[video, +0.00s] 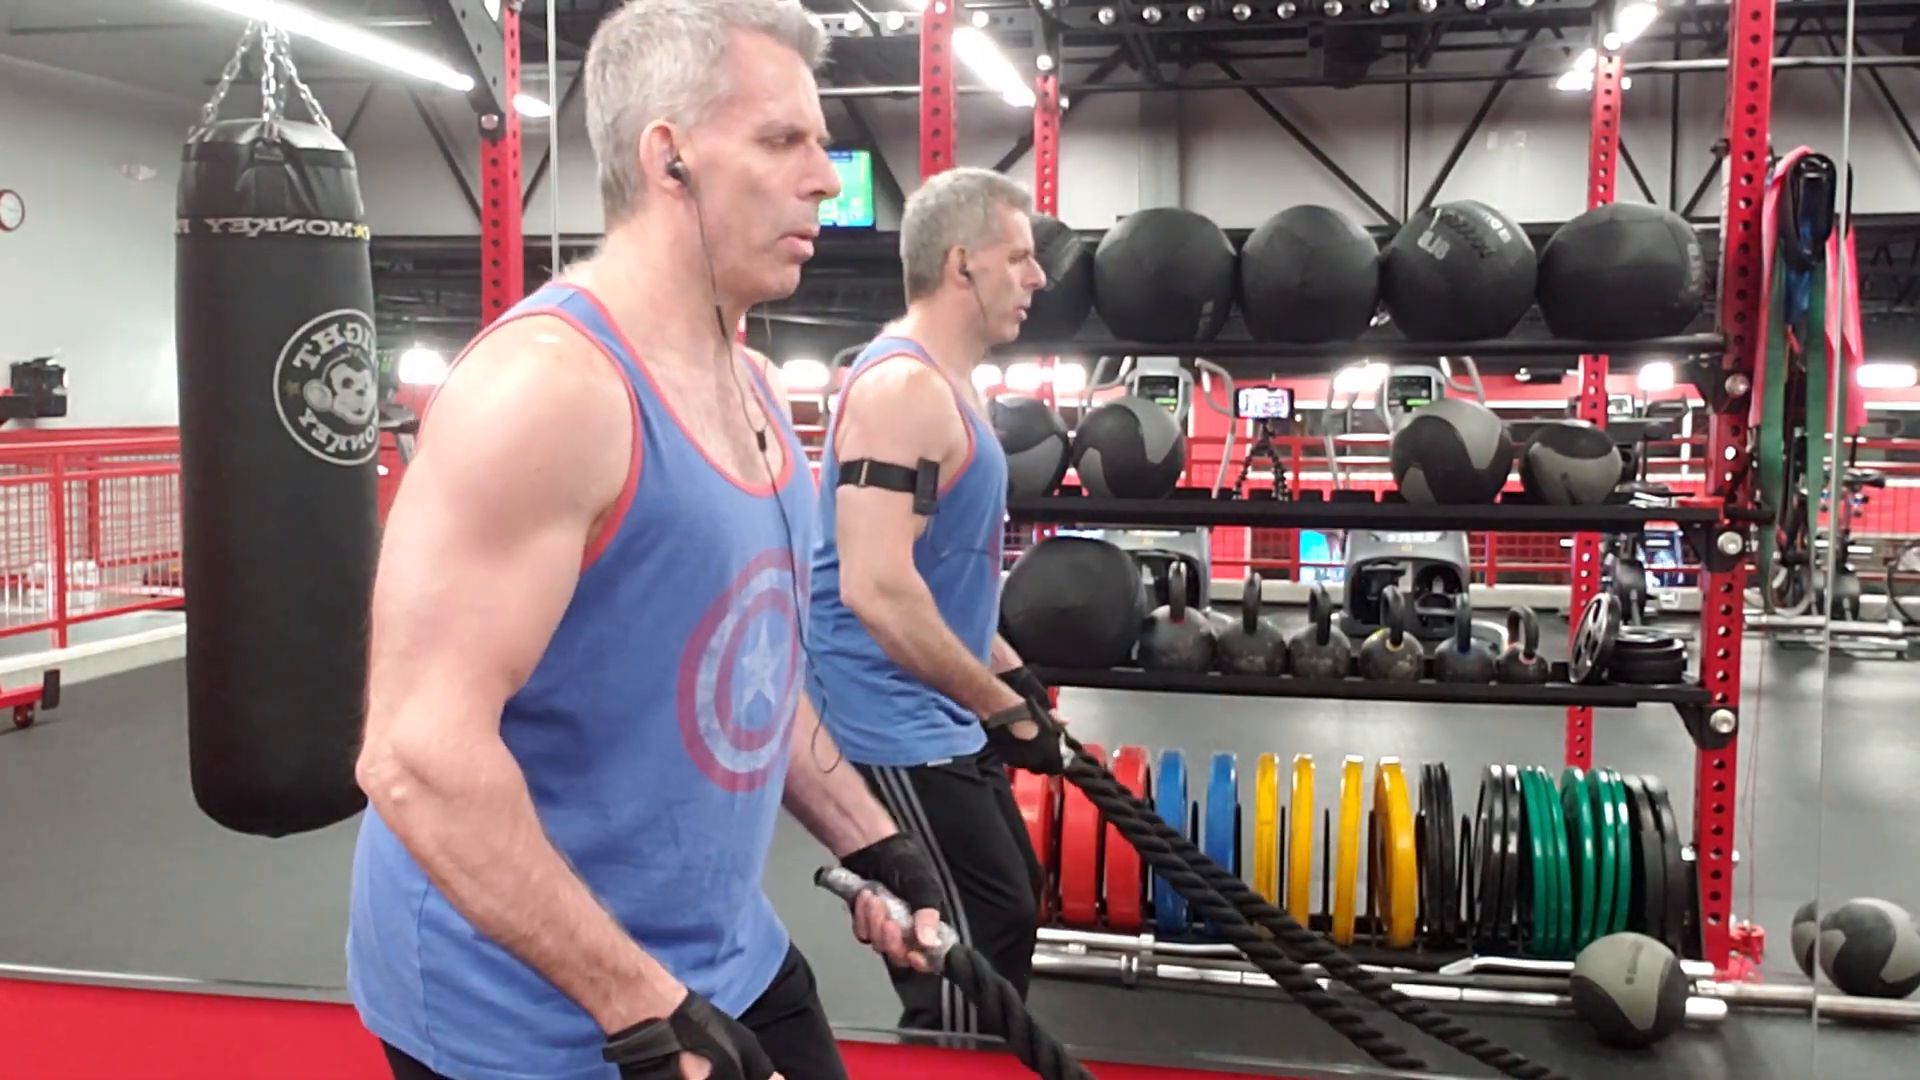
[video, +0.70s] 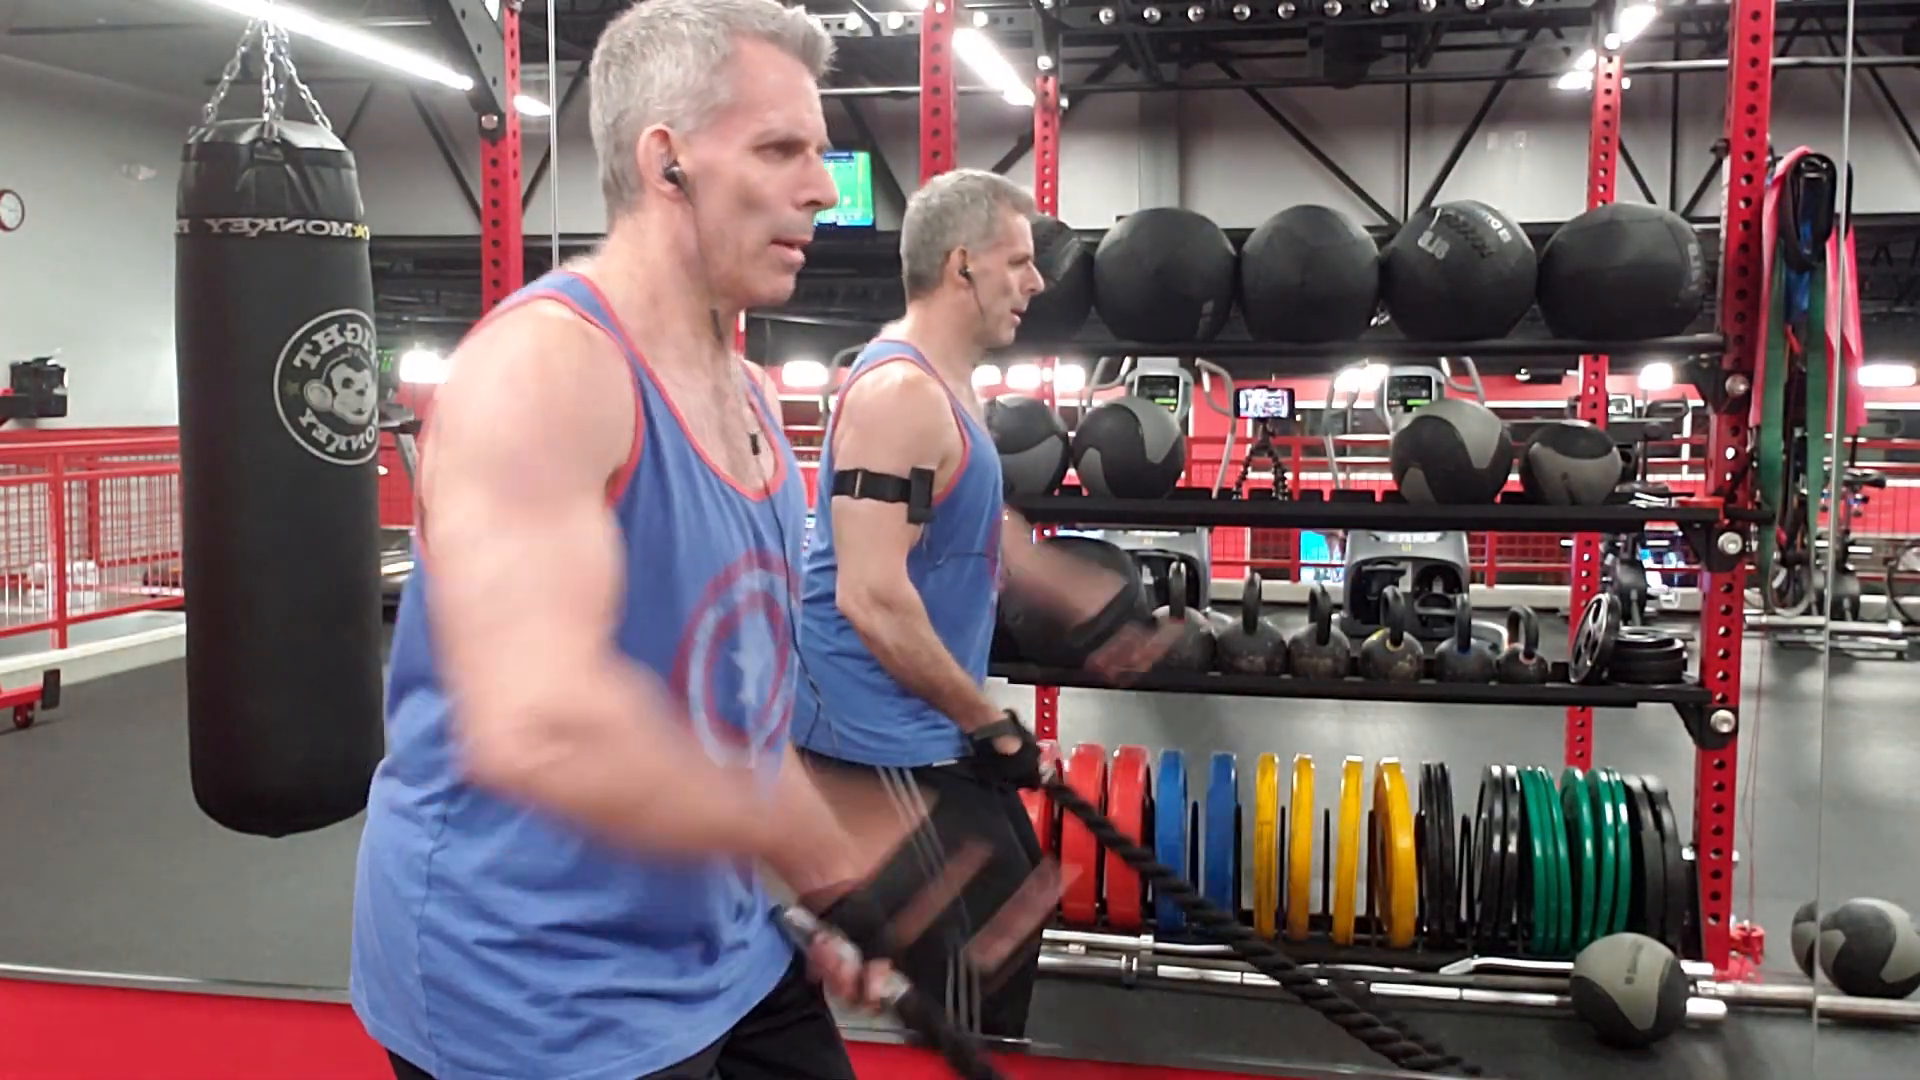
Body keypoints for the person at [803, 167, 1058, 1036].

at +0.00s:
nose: (1037, 279)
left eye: (1034, 258)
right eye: (1021, 257)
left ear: (969, 270)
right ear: (963, 266)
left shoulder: (949, 387)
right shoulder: (901, 386)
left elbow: (943, 580)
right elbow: (877, 584)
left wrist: (1012, 676)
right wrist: (996, 706)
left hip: (946, 723)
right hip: (894, 729)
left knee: (1000, 923)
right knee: (993, 928)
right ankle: (956, 1078)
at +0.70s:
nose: (1034, 285)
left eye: (1034, 264)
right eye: (1020, 262)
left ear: (966, 269)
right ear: (963, 267)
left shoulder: (943, 391)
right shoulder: (899, 393)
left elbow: (1000, 543)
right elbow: (871, 594)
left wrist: (1105, 612)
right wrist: (989, 721)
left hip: (924, 743)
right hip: (874, 752)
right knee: (989, 945)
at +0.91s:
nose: (1037, 296)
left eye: (1037, 275)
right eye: (1023, 273)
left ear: (971, 281)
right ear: (965, 277)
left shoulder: (943, 393)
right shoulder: (906, 392)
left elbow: (1000, 540)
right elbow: (884, 585)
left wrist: (1135, 539)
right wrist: (1011, 692)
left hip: (919, 708)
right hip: (871, 714)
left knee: (1012, 911)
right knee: (993, 922)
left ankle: (960, 1058)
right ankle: (952, 1063)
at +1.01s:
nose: (1034, 297)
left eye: (1035, 277)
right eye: (1019, 275)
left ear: (959, 279)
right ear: (957, 276)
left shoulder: (947, 393)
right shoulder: (898, 386)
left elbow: (946, 577)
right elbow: (916, 570)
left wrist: (1031, 659)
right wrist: (1076, 589)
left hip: (926, 715)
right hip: (866, 725)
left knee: (1022, 907)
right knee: (976, 929)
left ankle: (979, 1061)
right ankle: (952, 1068)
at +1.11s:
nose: (1032, 301)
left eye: (1032, 281)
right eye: (1018, 279)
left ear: (961, 283)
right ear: (955, 280)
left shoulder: (941, 394)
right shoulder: (899, 388)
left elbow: (969, 565)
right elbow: (950, 563)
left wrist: (1076, 574)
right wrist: (1084, 544)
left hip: (930, 716)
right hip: (872, 725)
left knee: (1024, 907)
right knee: (996, 929)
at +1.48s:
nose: (1042, 313)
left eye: (1041, 293)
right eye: (1027, 291)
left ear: (969, 295)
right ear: (967, 293)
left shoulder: (944, 395)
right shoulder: (909, 398)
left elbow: (975, 565)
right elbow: (959, 580)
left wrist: (1092, 581)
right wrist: (1107, 560)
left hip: (928, 728)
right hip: (876, 739)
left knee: (1029, 918)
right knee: (1007, 927)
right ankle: (923, 1067)